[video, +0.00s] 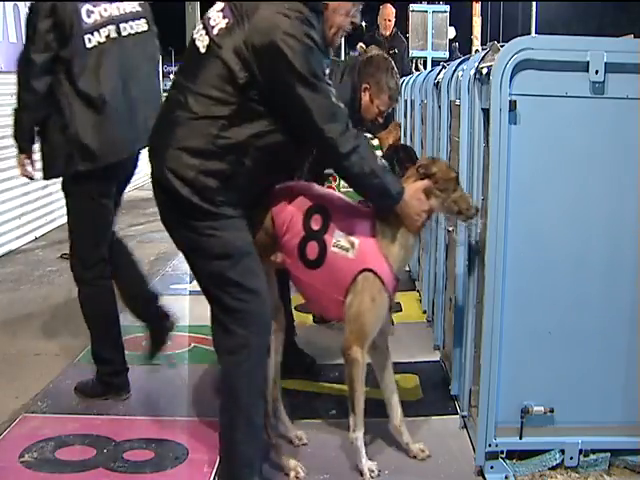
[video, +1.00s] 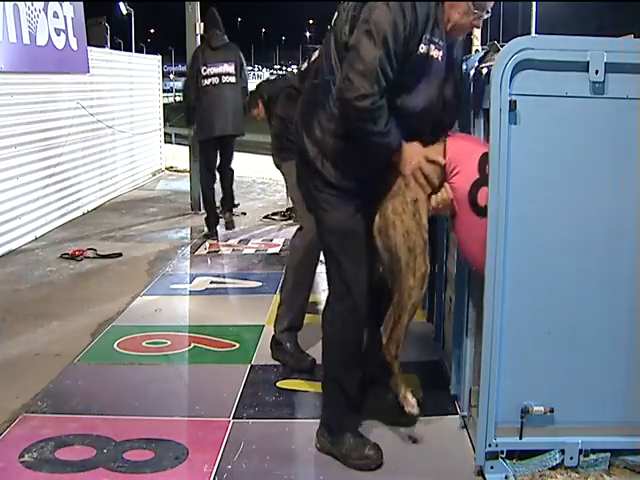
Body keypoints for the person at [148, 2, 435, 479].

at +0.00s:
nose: (351, 19)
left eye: (354, 12)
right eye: (348, 9)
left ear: (329, 7)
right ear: (324, 2)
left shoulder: (294, 22)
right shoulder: (283, 28)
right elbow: (331, 130)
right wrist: (395, 198)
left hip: (231, 174)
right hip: (197, 176)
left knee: (272, 262)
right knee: (249, 316)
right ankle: (245, 466)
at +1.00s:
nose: (476, 26)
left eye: (481, 18)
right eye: (476, 14)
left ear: (461, 9)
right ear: (453, 0)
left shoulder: (446, 37)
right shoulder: (390, 11)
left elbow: (441, 110)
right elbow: (358, 94)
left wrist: (431, 156)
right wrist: (399, 148)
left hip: (380, 163)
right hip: (333, 160)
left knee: (385, 279)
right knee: (351, 287)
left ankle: (376, 389)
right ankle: (337, 427)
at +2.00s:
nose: (467, 68)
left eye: (471, 59)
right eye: (464, 58)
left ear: (436, 44)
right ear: (432, 44)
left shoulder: (426, 65)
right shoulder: (385, 88)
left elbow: (429, 129)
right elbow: (375, 194)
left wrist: (459, 166)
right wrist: (437, 223)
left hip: (378, 173)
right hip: (327, 172)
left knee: (413, 275)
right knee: (357, 292)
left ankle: (415, 386)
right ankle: (323, 413)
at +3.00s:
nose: (464, 101)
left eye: (469, 88)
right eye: (453, 91)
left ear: (475, 55)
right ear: (425, 71)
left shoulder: (458, 34)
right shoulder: (403, 117)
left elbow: (510, 23)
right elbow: (440, 210)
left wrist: (578, 28)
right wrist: (505, 238)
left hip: (411, 187)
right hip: (359, 186)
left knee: (439, 273)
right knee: (374, 300)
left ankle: (420, 382)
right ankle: (322, 409)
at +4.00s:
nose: (430, 84)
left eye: (438, 71)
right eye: (421, 73)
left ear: (446, 47)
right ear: (393, 51)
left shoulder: (433, 55)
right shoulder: (353, 87)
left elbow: (449, 116)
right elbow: (349, 203)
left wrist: (463, 181)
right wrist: (379, 295)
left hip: (384, 182)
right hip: (318, 181)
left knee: (410, 277)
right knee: (348, 289)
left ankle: (416, 388)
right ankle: (322, 411)